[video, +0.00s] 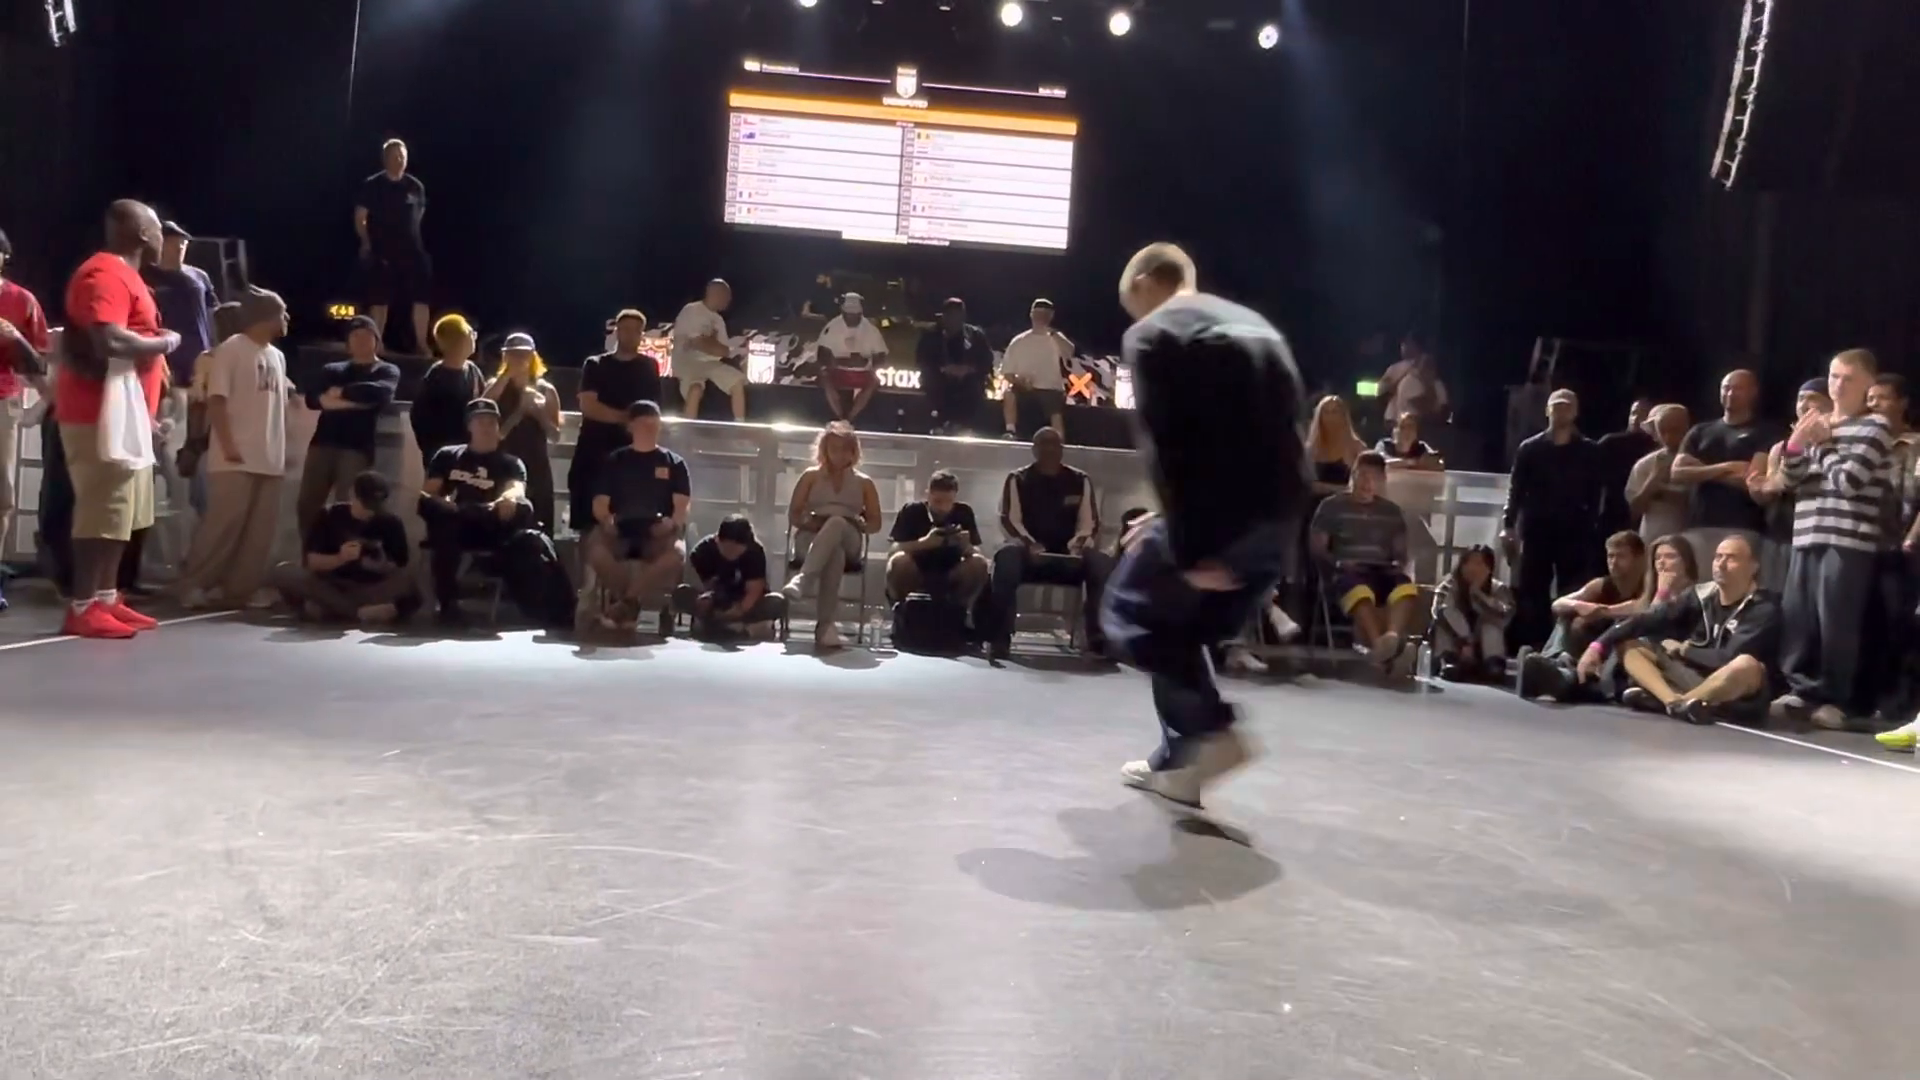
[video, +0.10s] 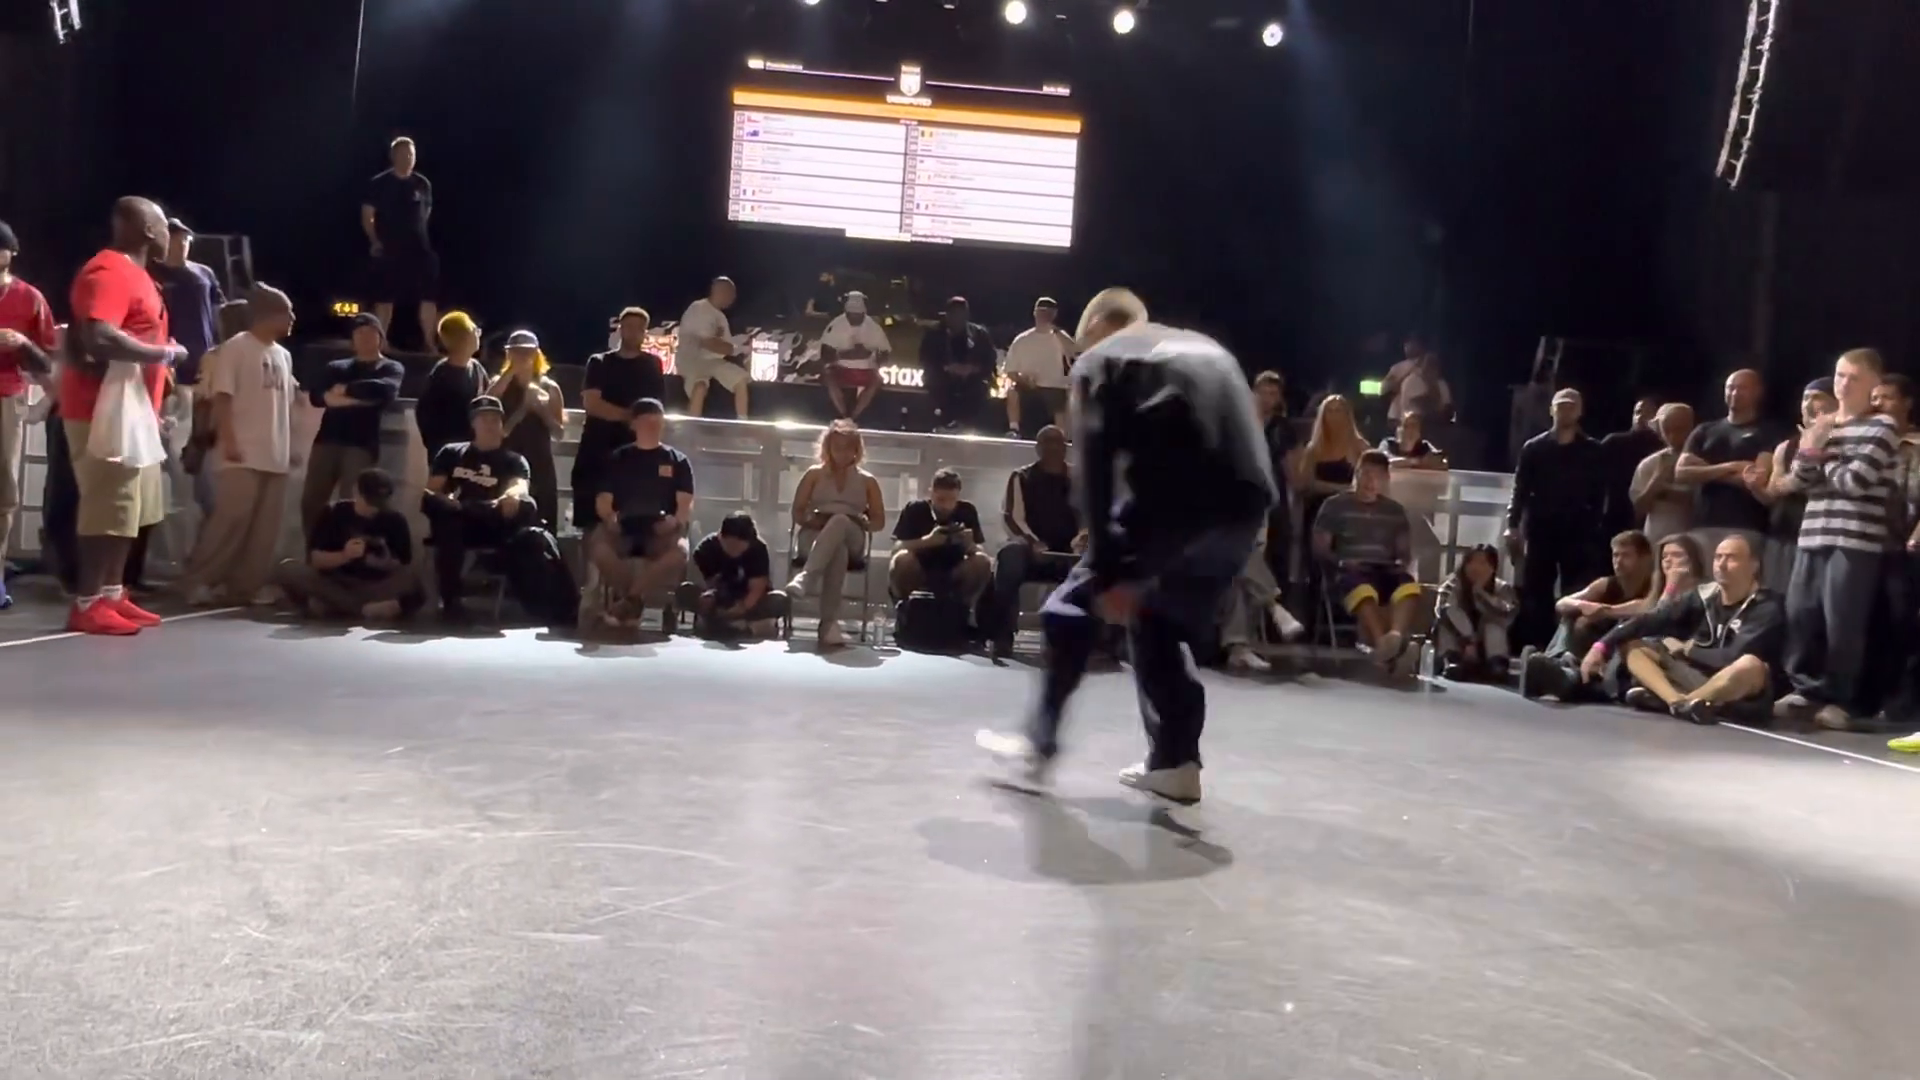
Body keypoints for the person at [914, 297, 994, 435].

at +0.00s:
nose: (954, 320)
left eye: (958, 315)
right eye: (950, 316)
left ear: (963, 316)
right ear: (944, 316)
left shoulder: (975, 335)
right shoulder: (932, 335)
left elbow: (987, 363)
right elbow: (922, 362)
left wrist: (968, 369)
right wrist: (943, 369)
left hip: (967, 389)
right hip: (941, 390)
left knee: (975, 381)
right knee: (930, 377)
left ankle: (965, 424)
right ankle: (939, 422)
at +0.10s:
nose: (958, 319)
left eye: (962, 314)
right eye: (954, 314)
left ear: (967, 315)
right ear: (947, 315)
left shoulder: (979, 333)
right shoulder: (935, 333)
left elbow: (989, 363)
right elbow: (926, 361)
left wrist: (971, 369)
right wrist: (947, 368)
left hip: (971, 383)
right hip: (945, 384)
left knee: (981, 385)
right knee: (933, 379)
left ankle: (970, 422)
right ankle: (947, 420)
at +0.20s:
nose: (961, 317)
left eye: (965, 313)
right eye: (957, 313)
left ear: (970, 314)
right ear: (950, 314)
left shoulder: (982, 332)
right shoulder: (939, 332)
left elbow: (992, 361)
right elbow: (930, 360)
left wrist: (974, 368)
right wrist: (951, 367)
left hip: (974, 385)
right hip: (948, 385)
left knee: (985, 388)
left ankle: (975, 423)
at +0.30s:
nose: (964, 315)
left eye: (967, 311)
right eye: (959, 311)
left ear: (972, 312)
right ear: (952, 312)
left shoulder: (984, 330)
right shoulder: (940, 330)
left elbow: (994, 360)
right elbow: (931, 358)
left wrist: (976, 367)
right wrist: (952, 366)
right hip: (949, 386)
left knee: (986, 385)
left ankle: (977, 423)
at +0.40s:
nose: (966, 315)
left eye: (970, 311)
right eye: (962, 311)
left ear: (975, 312)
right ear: (954, 312)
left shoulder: (986, 331)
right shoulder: (943, 331)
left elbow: (996, 361)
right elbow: (932, 358)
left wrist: (979, 367)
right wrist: (953, 365)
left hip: (978, 382)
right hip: (952, 383)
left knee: (988, 384)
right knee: (938, 376)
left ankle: (978, 421)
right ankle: (952, 420)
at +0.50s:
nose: (969, 315)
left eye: (973, 310)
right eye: (965, 310)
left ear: (977, 312)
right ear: (957, 311)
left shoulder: (988, 331)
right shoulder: (945, 330)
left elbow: (998, 360)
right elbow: (934, 356)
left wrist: (981, 366)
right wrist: (955, 364)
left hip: (980, 378)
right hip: (954, 378)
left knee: (990, 383)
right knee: (939, 375)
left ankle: (982, 420)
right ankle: (952, 418)